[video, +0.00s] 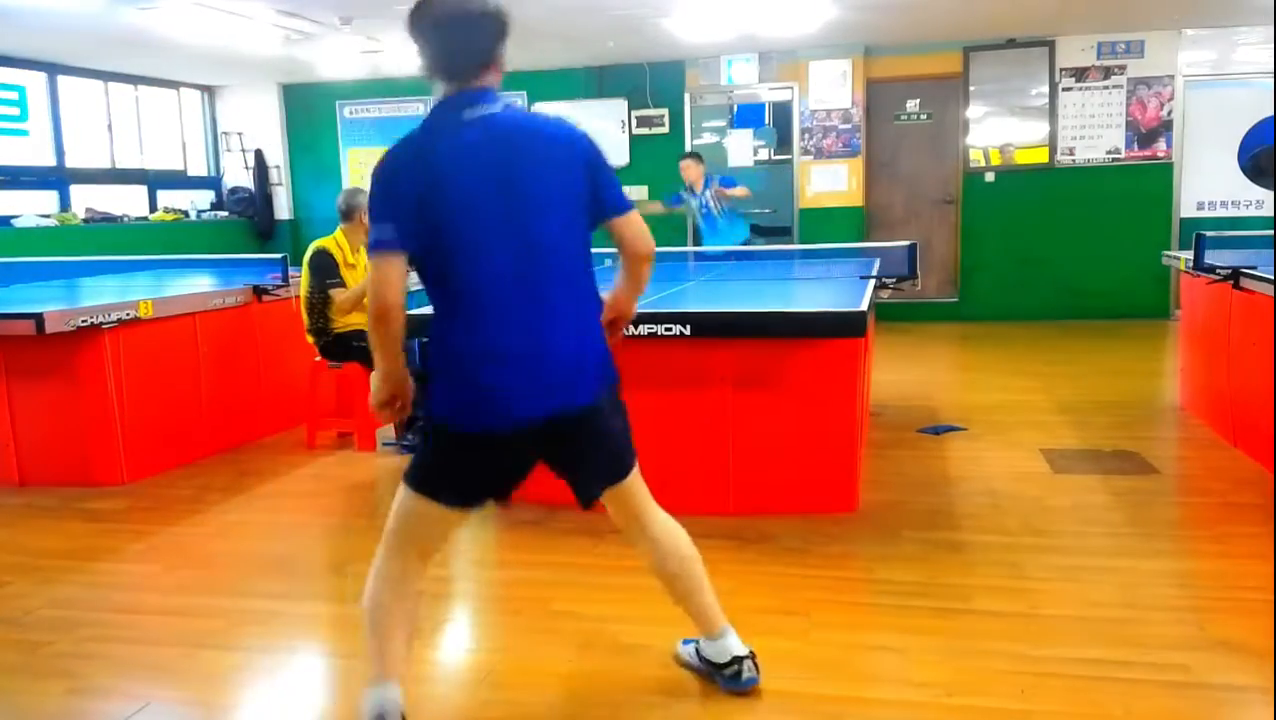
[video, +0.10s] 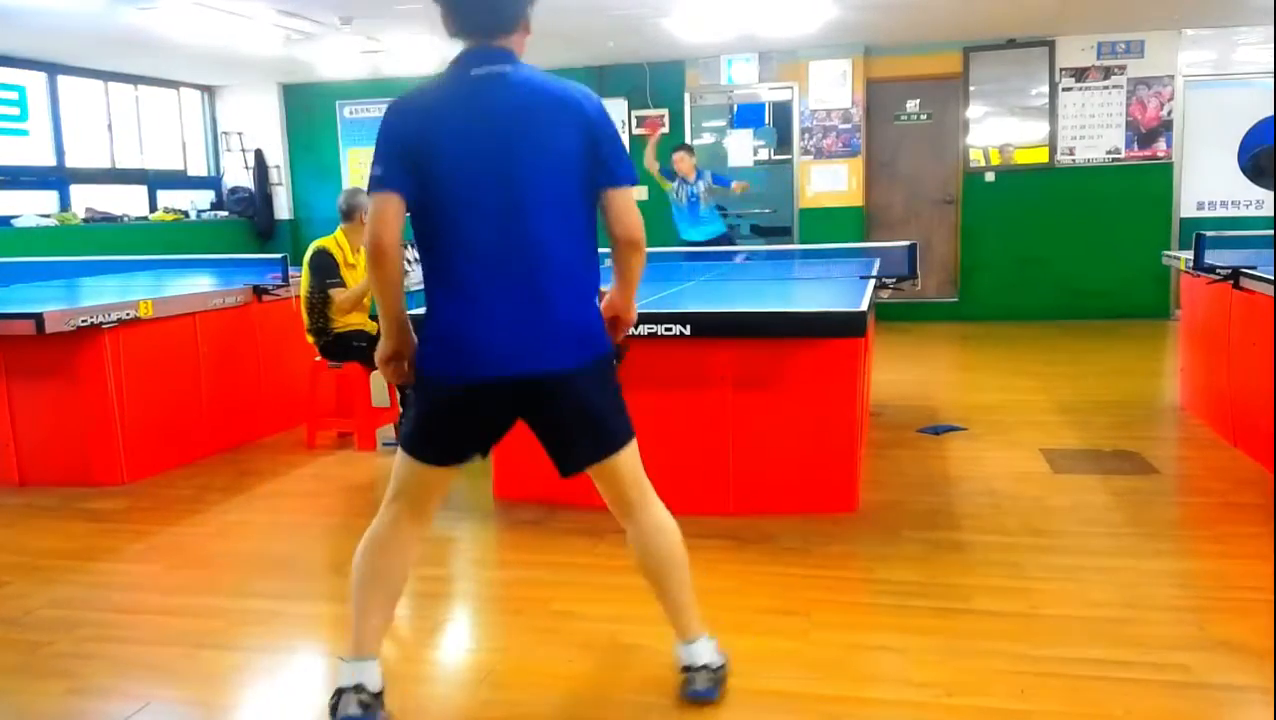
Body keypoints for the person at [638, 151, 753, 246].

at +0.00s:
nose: (684, 173)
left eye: (688, 168)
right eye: (682, 170)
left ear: (701, 167)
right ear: (680, 173)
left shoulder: (719, 182)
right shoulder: (686, 195)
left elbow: (746, 193)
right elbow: (662, 206)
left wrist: (727, 193)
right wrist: (633, 207)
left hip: (739, 243)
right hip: (712, 249)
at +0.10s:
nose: (677, 166)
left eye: (681, 160)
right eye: (674, 162)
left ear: (693, 159)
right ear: (672, 164)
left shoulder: (707, 177)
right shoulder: (671, 183)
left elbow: (732, 184)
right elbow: (649, 165)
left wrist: (740, 186)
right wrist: (653, 140)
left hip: (718, 241)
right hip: (692, 245)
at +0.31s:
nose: (667, 163)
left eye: (671, 159)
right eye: (664, 159)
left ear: (680, 160)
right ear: (660, 162)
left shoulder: (687, 186)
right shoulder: (658, 184)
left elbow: (690, 210)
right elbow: (646, 181)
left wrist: (704, 213)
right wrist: (662, 165)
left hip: (685, 241)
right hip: (661, 241)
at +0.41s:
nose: (663, 168)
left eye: (667, 163)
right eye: (659, 163)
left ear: (674, 166)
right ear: (653, 166)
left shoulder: (683, 190)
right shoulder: (650, 189)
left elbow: (691, 215)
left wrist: (688, 227)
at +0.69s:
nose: (658, 172)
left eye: (662, 167)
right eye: (654, 167)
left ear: (669, 170)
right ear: (649, 171)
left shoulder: (682, 194)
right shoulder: (642, 196)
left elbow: (694, 220)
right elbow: (628, 226)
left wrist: (692, 245)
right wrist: (629, 251)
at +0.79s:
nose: (665, 185)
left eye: (667, 181)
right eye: (661, 182)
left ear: (673, 180)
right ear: (656, 181)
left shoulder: (683, 201)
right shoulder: (648, 202)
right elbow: (640, 229)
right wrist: (640, 256)